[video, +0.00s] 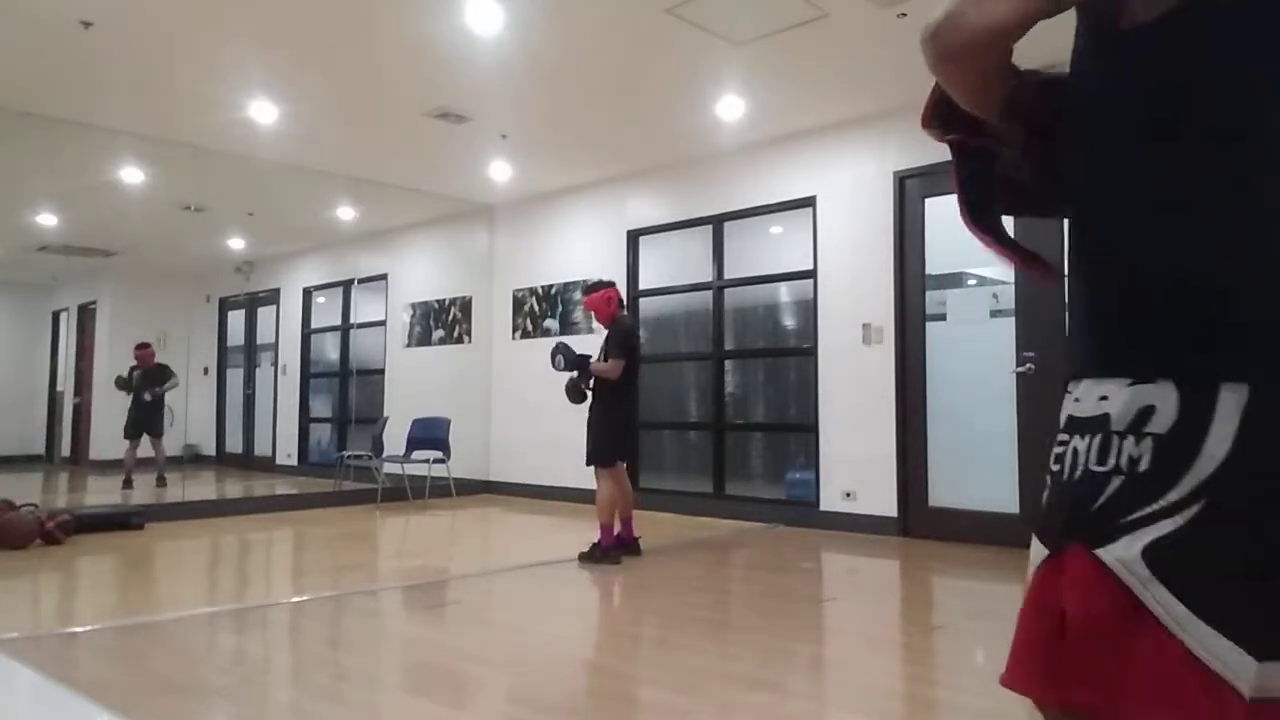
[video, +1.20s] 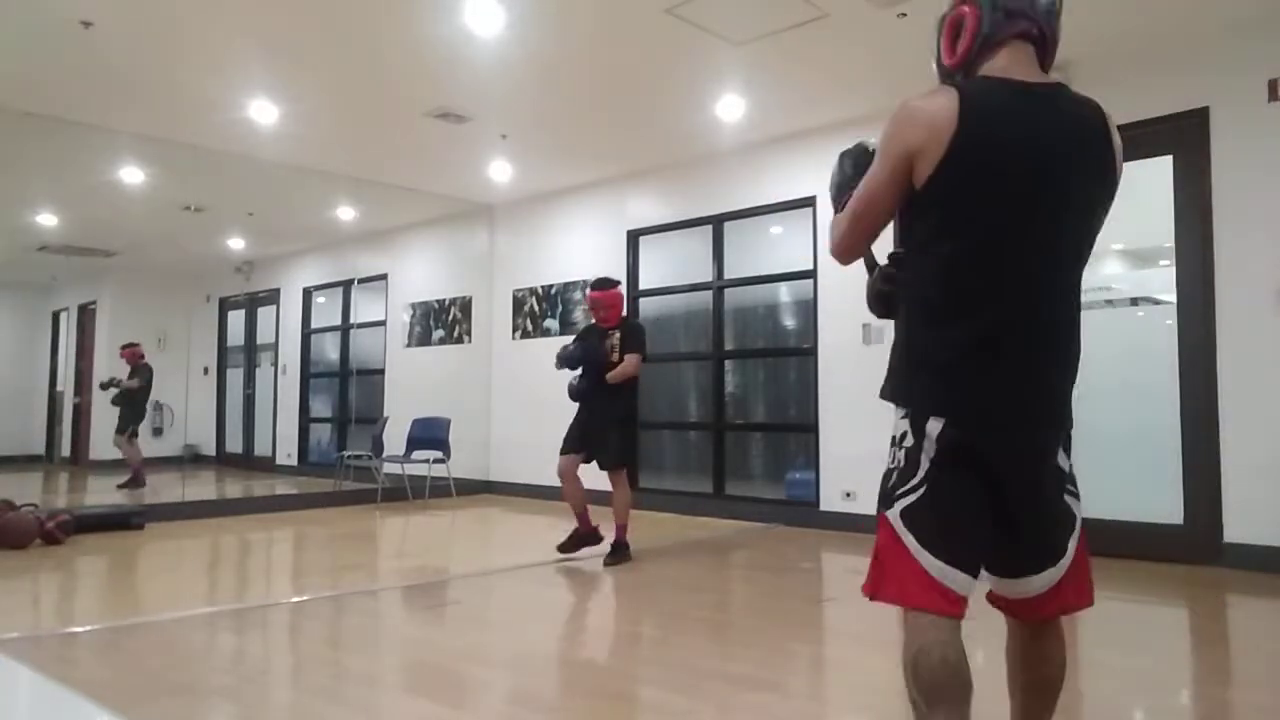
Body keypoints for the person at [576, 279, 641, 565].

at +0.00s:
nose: (593, 315)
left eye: (594, 309)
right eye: (591, 310)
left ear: (608, 303)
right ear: (610, 304)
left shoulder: (620, 329)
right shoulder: (620, 328)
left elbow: (614, 370)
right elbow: (612, 368)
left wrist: (584, 364)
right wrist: (587, 374)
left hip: (608, 415)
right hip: (618, 413)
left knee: (603, 473)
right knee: (617, 471)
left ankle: (606, 544)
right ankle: (627, 537)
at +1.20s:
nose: (597, 314)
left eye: (603, 308)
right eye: (594, 308)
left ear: (617, 305)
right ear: (590, 307)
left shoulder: (631, 330)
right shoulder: (588, 332)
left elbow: (631, 367)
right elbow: (567, 358)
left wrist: (599, 380)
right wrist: (568, 357)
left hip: (618, 414)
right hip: (589, 412)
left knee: (618, 476)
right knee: (566, 469)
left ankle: (620, 542)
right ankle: (585, 529)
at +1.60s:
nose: (576, 313)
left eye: (581, 306)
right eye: (570, 307)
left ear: (594, 303)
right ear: (563, 306)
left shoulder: (606, 330)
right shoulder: (556, 333)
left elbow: (612, 366)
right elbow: (528, 360)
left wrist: (577, 380)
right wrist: (549, 364)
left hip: (592, 412)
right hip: (561, 412)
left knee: (599, 476)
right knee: (554, 475)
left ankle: (618, 541)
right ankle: (554, 546)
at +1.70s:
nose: (570, 310)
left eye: (575, 303)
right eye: (564, 304)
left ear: (586, 300)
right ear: (555, 304)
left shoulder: (598, 329)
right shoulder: (549, 331)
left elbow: (605, 367)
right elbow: (518, 357)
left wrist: (567, 379)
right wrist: (545, 359)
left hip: (583, 412)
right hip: (553, 412)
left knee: (590, 477)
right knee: (552, 476)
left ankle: (615, 538)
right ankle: (554, 545)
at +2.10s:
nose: (558, 299)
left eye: (565, 293)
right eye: (552, 292)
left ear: (574, 296)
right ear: (540, 295)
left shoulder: (580, 327)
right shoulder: (527, 326)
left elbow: (603, 357)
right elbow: (503, 363)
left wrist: (582, 360)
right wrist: (527, 355)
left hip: (571, 413)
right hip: (539, 414)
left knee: (572, 478)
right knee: (547, 478)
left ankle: (579, 549)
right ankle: (553, 546)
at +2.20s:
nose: (557, 300)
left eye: (564, 293)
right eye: (550, 293)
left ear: (573, 295)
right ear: (539, 295)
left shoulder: (579, 326)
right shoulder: (527, 325)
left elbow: (603, 355)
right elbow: (502, 360)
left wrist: (581, 356)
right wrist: (525, 351)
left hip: (570, 413)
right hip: (539, 414)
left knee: (571, 479)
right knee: (546, 479)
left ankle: (575, 549)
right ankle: (553, 546)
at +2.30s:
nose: (558, 301)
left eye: (564, 295)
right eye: (552, 295)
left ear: (573, 296)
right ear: (540, 297)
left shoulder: (580, 325)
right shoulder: (528, 325)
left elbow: (601, 353)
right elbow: (503, 357)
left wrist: (575, 350)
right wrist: (528, 344)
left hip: (570, 412)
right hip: (539, 412)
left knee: (569, 481)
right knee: (546, 481)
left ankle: (573, 551)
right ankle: (553, 546)